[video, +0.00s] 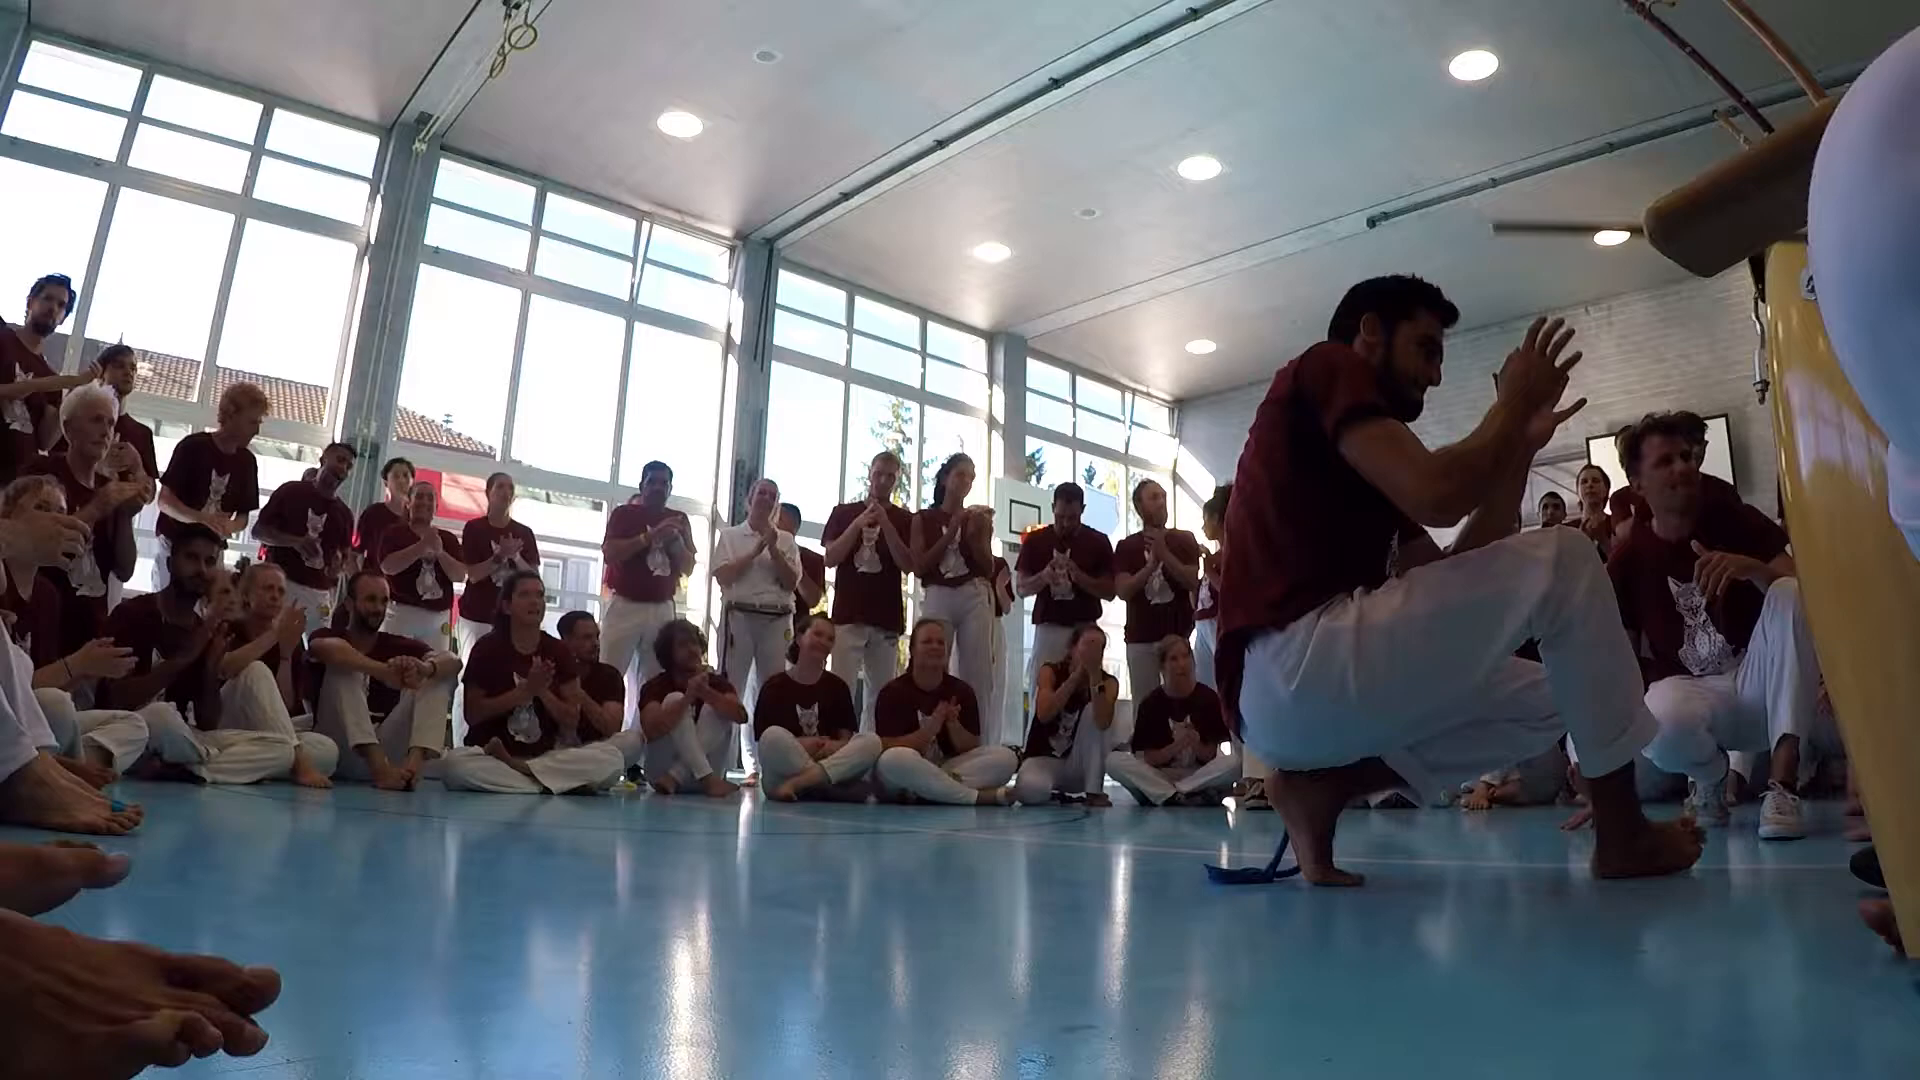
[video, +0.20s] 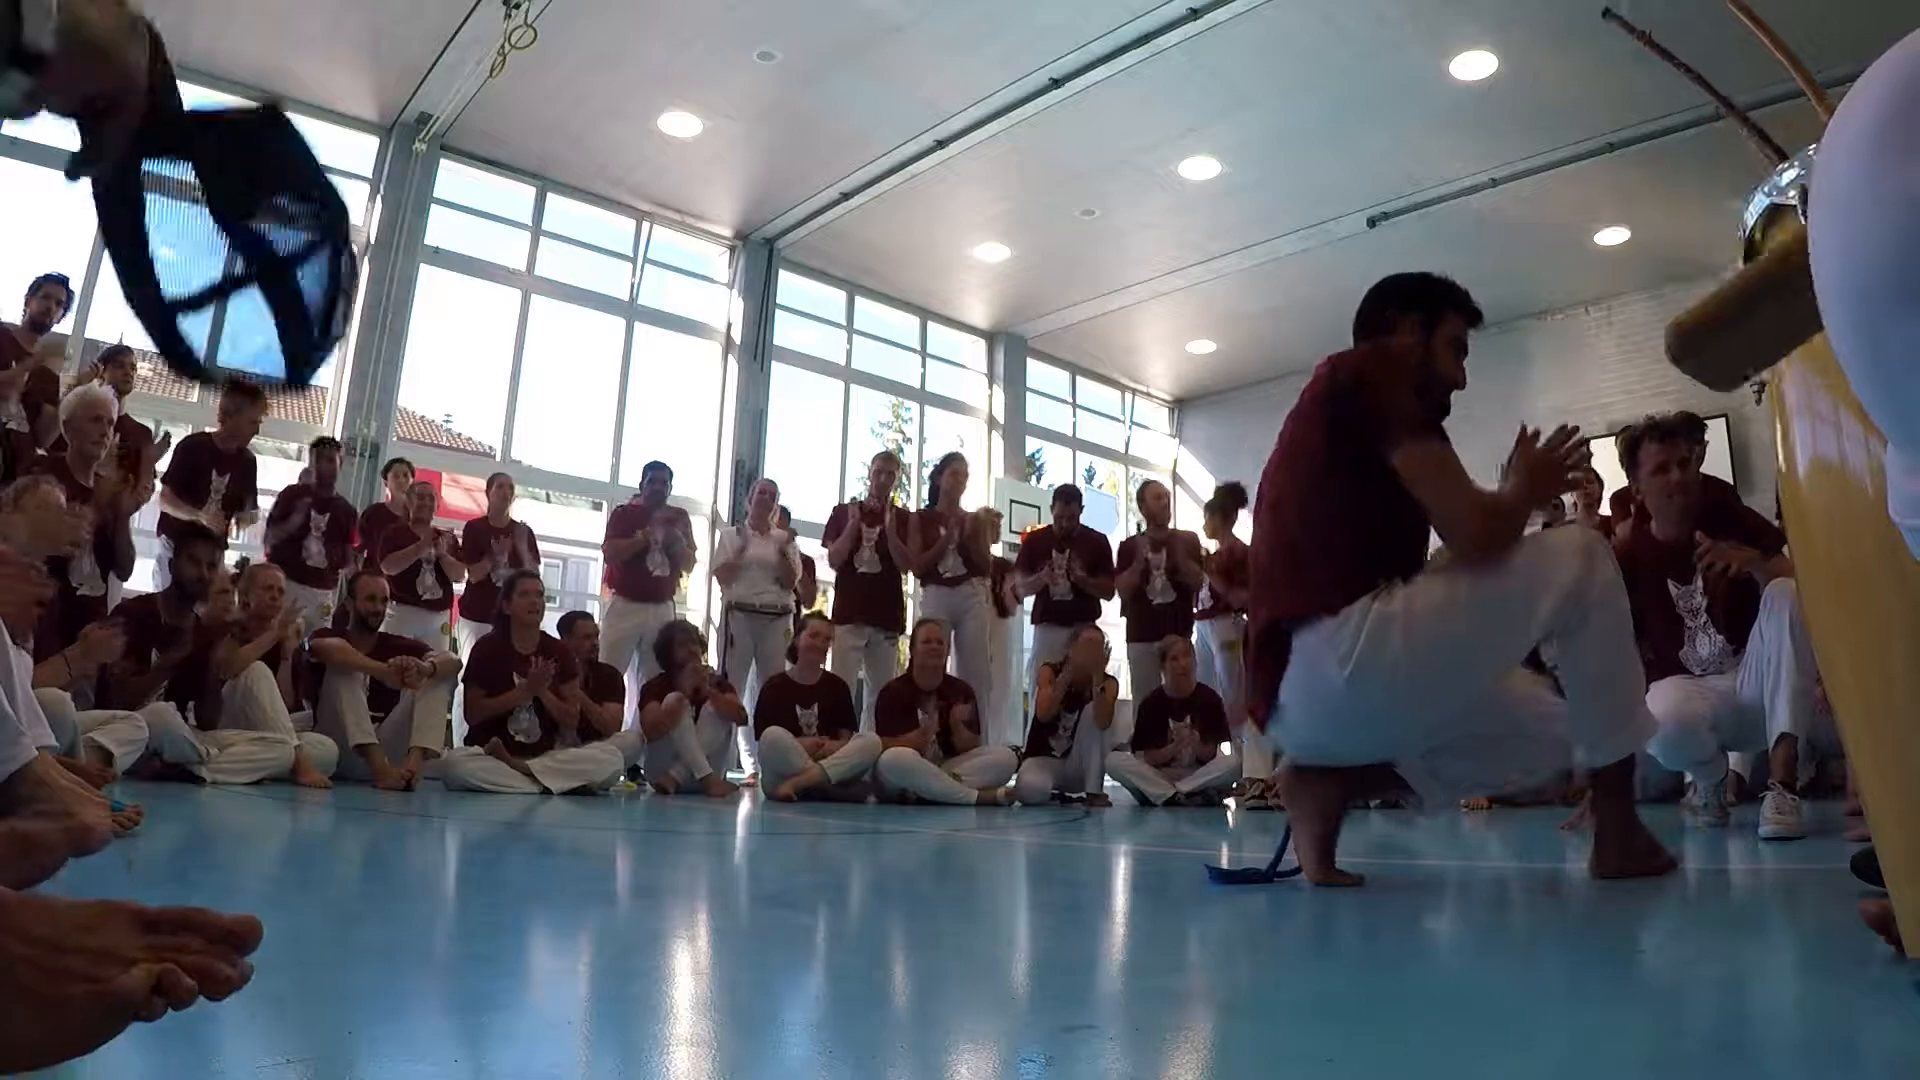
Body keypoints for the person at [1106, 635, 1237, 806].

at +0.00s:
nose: (1181, 664)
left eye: (1185, 657)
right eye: (1174, 659)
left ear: (1192, 660)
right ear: (1162, 666)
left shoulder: (1209, 697)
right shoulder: (1150, 704)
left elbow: (1211, 754)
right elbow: (1149, 759)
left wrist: (1196, 744)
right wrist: (1177, 746)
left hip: (1199, 772)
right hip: (1161, 773)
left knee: (1234, 762)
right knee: (1114, 760)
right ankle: (1172, 795)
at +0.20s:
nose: (1182, 664)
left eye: (1187, 657)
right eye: (1174, 659)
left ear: (1194, 660)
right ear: (1163, 666)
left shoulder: (1210, 698)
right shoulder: (1150, 703)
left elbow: (1211, 754)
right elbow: (1147, 758)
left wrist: (1196, 745)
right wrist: (1174, 747)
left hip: (1199, 773)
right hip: (1160, 773)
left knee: (1233, 762)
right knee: (1114, 760)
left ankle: (1171, 793)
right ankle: (1172, 796)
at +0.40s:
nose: (1182, 664)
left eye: (1186, 657)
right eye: (1174, 660)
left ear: (1194, 661)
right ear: (1163, 666)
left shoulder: (1209, 698)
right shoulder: (1150, 703)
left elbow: (1219, 753)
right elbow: (1145, 757)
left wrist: (1196, 745)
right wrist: (1176, 746)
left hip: (1200, 772)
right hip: (1160, 773)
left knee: (1232, 761)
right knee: (1113, 760)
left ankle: (1175, 792)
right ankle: (1171, 795)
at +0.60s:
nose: (1182, 665)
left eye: (1186, 657)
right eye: (1174, 660)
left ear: (1194, 660)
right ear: (1163, 666)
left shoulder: (1209, 698)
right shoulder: (1150, 703)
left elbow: (1224, 752)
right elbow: (1141, 758)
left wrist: (1205, 748)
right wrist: (1167, 747)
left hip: (1200, 772)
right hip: (1161, 773)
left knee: (1233, 761)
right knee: (1113, 760)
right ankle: (1171, 795)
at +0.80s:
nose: (1182, 664)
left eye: (1186, 656)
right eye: (1174, 659)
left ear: (1194, 660)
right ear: (1164, 667)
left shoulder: (1209, 697)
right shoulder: (1151, 702)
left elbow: (1210, 756)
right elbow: (1148, 757)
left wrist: (1199, 743)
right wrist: (1172, 747)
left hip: (1200, 772)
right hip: (1161, 772)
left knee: (1233, 763)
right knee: (1113, 760)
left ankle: (1175, 792)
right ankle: (1171, 795)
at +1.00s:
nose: (1182, 664)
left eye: (1186, 656)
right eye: (1174, 659)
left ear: (1194, 660)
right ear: (1164, 667)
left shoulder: (1209, 697)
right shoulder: (1151, 702)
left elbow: (1211, 756)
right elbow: (1147, 757)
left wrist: (1194, 743)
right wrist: (1178, 747)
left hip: (1198, 773)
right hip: (1160, 774)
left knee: (1232, 763)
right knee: (1114, 760)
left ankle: (1178, 791)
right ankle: (1171, 795)